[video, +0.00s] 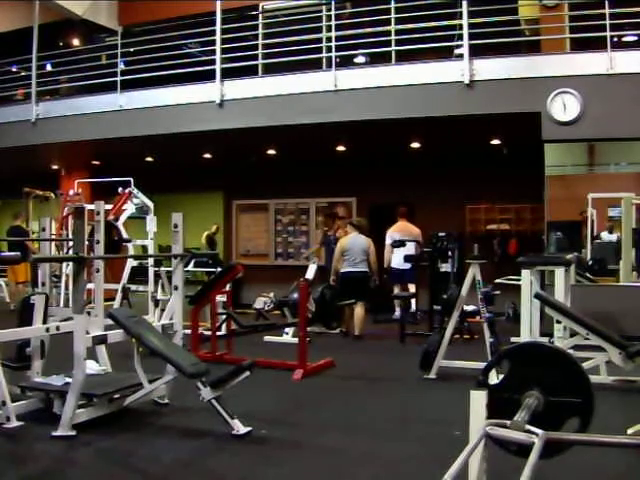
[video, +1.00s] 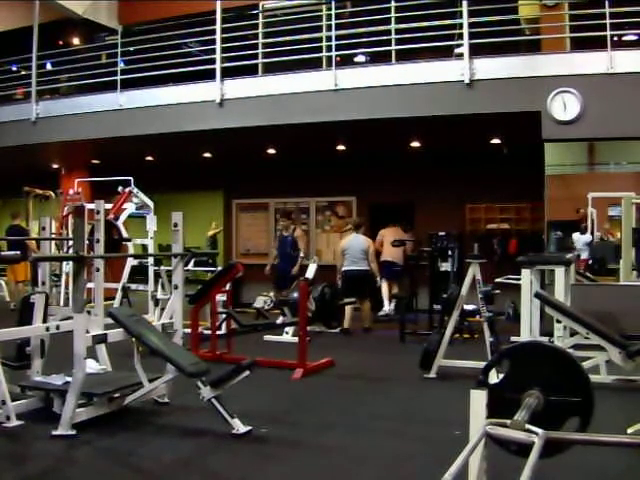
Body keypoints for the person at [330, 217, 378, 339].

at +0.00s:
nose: (346, 229)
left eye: (348, 228)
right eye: (347, 227)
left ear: (350, 228)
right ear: (360, 229)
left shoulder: (343, 241)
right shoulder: (368, 241)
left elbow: (336, 261)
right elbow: (373, 261)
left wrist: (333, 274)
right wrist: (375, 275)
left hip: (346, 273)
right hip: (362, 273)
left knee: (347, 303)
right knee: (360, 303)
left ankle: (345, 328)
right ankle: (357, 332)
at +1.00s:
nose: (364, 229)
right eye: (363, 228)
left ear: (352, 228)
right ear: (362, 228)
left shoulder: (344, 242)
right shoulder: (368, 241)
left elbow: (339, 261)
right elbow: (372, 261)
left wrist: (338, 274)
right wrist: (377, 275)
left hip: (348, 272)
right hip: (364, 272)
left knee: (349, 301)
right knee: (365, 300)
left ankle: (346, 326)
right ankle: (367, 324)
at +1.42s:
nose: (373, 228)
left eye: (372, 226)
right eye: (372, 226)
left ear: (360, 226)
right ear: (371, 227)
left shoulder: (353, 240)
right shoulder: (377, 240)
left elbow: (349, 256)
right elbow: (382, 258)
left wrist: (349, 268)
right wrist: (386, 269)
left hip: (356, 269)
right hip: (371, 269)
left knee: (356, 299)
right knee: (369, 298)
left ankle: (354, 322)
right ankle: (367, 324)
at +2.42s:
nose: (377, 232)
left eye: (377, 230)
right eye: (377, 230)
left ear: (366, 229)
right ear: (374, 229)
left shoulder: (357, 239)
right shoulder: (376, 240)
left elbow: (353, 255)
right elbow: (378, 256)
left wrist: (356, 264)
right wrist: (383, 271)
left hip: (358, 267)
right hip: (372, 267)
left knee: (362, 295)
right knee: (380, 292)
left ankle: (364, 321)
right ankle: (381, 315)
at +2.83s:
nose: (389, 234)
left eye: (389, 232)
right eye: (389, 232)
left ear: (379, 230)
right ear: (388, 231)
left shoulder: (367, 239)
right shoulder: (388, 241)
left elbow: (359, 253)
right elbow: (390, 258)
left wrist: (358, 265)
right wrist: (394, 271)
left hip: (368, 266)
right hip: (382, 267)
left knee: (370, 294)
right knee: (385, 295)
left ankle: (365, 315)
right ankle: (385, 316)